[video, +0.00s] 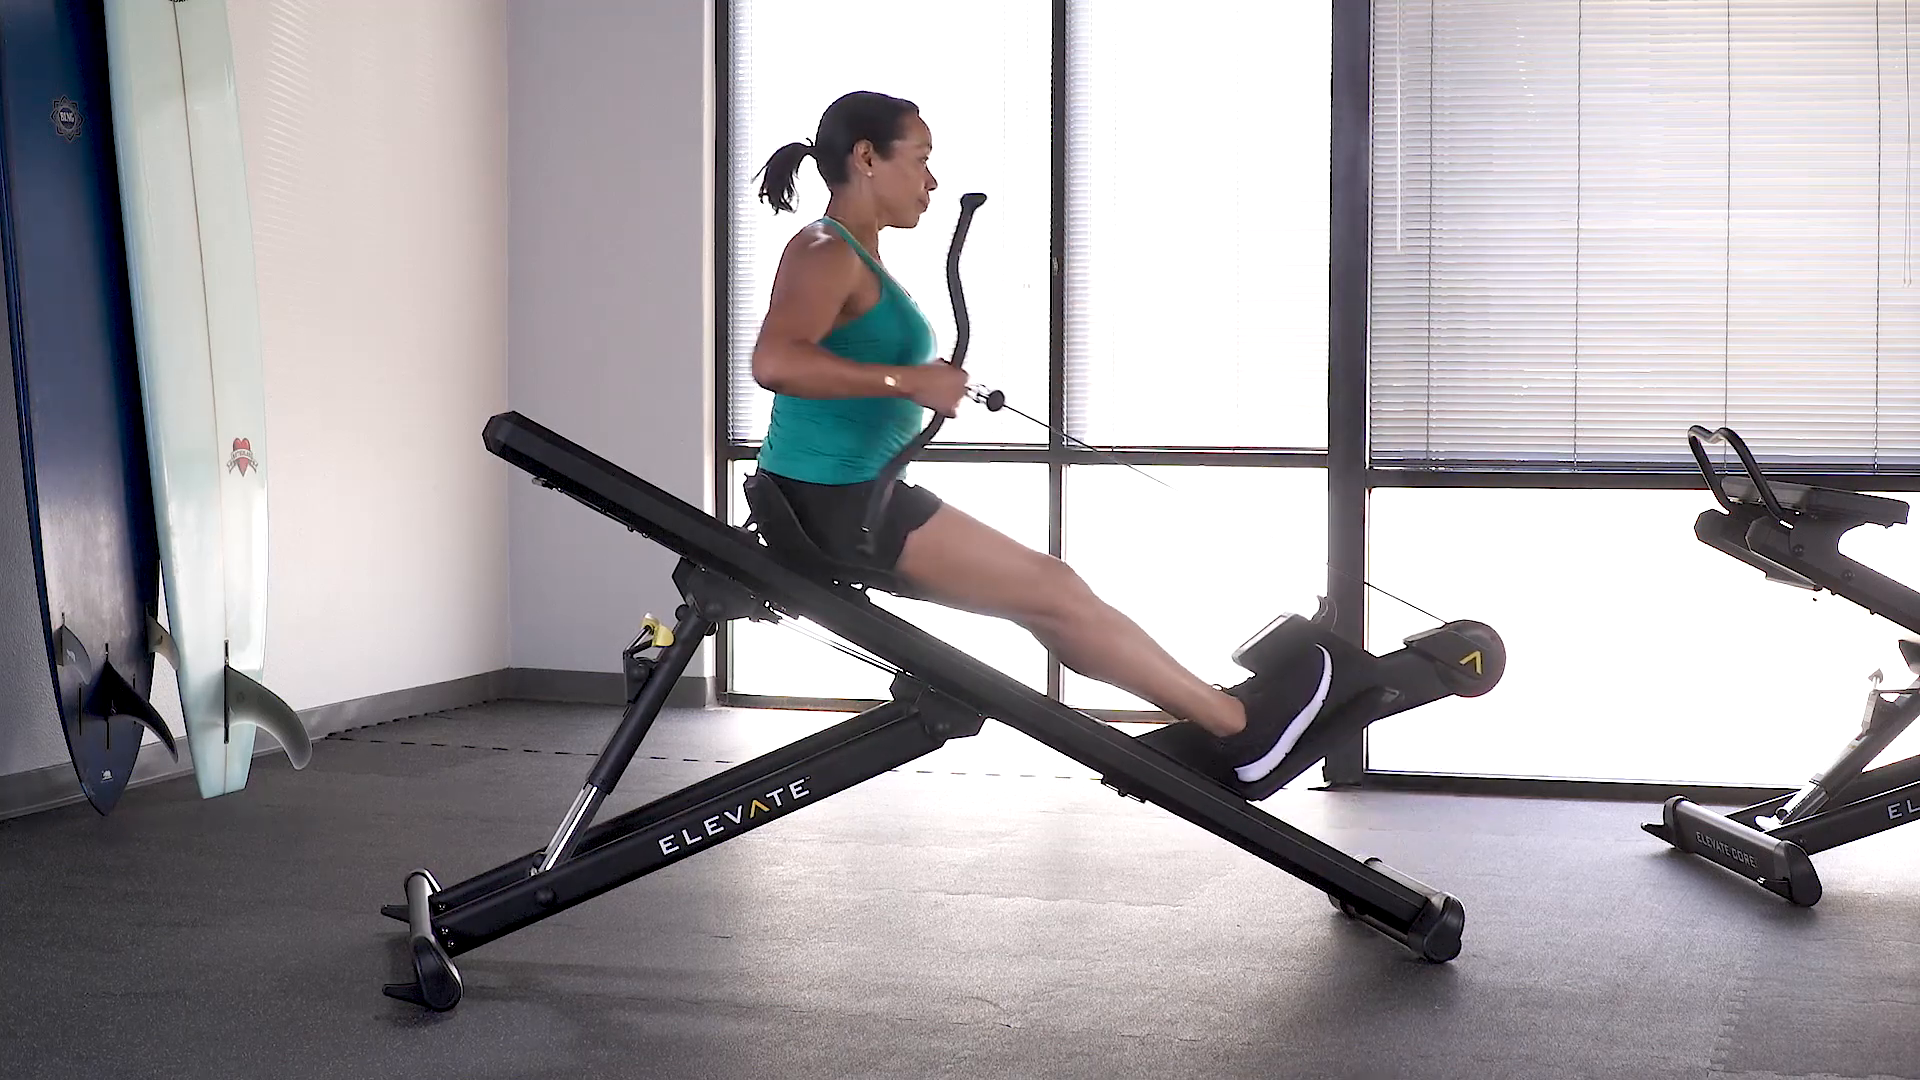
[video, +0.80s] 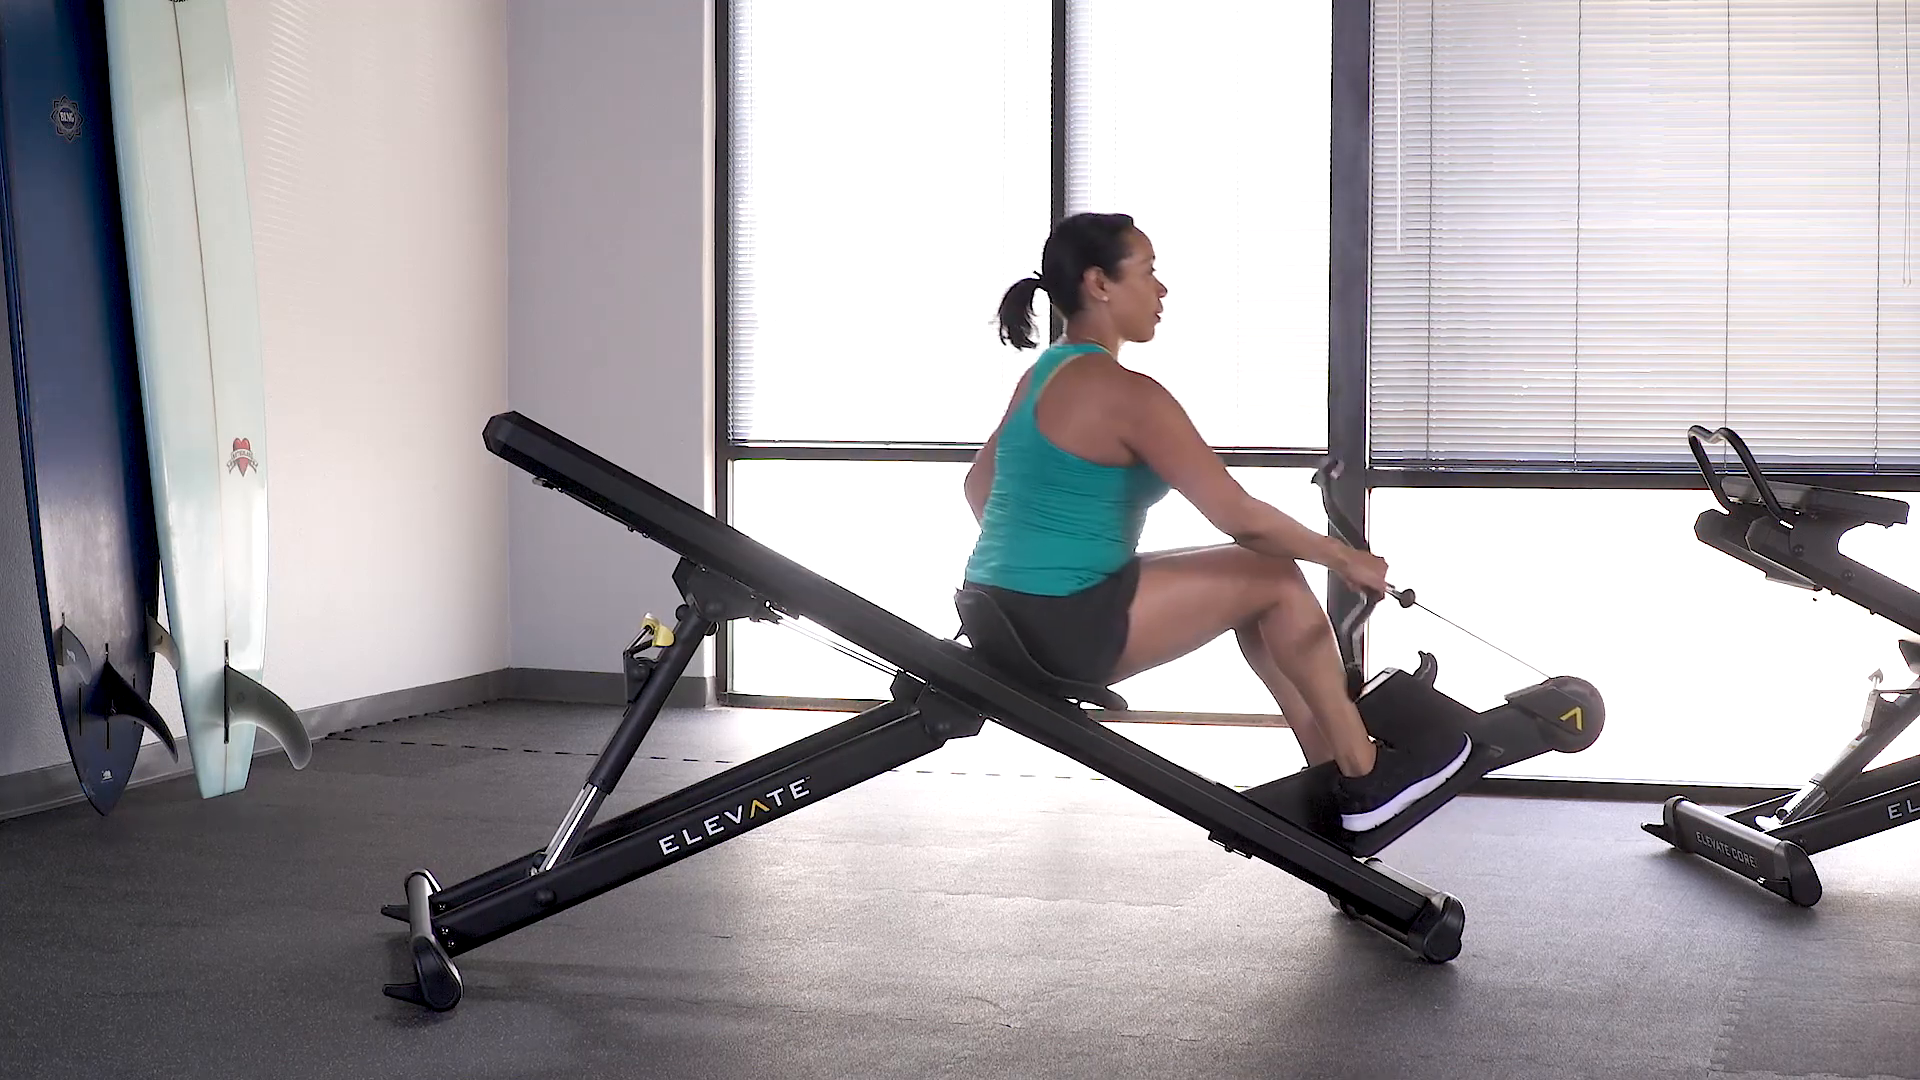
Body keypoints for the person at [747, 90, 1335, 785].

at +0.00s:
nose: (930, 178)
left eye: (928, 161)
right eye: (919, 159)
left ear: (869, 165)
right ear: (864, 162)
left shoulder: (852, 253)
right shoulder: (823, 252)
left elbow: (810, 361)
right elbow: (773, 361)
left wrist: (916, 379)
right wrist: (904, 382)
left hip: (851, 491)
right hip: (830, 499)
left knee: (1052, 588)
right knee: (1051, 592)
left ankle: (1225, 716)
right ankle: (1232, 721)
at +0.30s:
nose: (937, 189)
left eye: (935, 171)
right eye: (927, 170)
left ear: (877, 173)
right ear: (874, 171)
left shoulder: (862, 261)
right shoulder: (835, 266)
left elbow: (822, 377)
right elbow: (790, 380)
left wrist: (929, 388)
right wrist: (919, 387)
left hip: (862, 500)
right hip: (840, 511)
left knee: (1073, 578)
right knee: (1076, 578)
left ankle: (1232, 712)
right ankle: (1242, 721)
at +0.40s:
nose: (970, 203)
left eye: (967, 185)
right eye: (958, 184)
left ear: (909, 190)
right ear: (905, 187)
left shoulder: (898, 285)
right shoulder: (874, 283)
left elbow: (887, 409)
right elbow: (867, 408)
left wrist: (996, 422)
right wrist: (993, 418)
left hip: (885, 522)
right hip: (872, 527)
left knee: (1106, 577)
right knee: (1109, 573)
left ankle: (1257, 722)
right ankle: (1269, 730)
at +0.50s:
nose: (1016, 219)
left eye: (1010, 201)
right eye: (1002, 202)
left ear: (951, 212)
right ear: (950, 209)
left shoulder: (933, 304)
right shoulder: (933, 311)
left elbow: (965, 438)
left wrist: (1069, 455)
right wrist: (1081, 457)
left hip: (915, 541)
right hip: (917, 550)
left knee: (1146, 575)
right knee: (1154, 569)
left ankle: (1270, 727)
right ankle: (1295, 741)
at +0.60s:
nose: (1065, 245)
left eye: (1061, 228)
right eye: (1053, 228)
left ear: (996, 237)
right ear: (999, 234)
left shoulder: (957, 326)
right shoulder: (998, 338)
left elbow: (915, 451)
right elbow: (1062, 470)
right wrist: (1174, 490)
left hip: (929, 568)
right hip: (969, 576)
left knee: (1176, 571)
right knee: (1186, 564)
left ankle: (1290, 738)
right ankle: (1318, 747)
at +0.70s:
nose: (1115, 266)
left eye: (1109, 248)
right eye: (1100, 249)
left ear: (1046, 262)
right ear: (1050, 261)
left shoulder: (1001, 349)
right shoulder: (1064, 367)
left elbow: (947, 465)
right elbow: (1161, 497)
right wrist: (1267, 524)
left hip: (962, 589)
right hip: (1018, 601)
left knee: (1219, 572)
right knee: (1239, 568)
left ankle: (1309, 752)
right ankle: (1345, 762)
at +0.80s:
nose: (1163, 290)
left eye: (1156, 273)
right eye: (1149, 274)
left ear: (1091, 287)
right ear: (1099, 286)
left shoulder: (1040, 377)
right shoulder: (1133, 397)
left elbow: (980, 487)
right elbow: (1241, 518)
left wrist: (1053, 547)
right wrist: (1340, 555)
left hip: (992, 609)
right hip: (1062, 624)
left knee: (1247, 568)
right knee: (1278, 578)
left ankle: (1322, 751)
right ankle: (1361, 763)